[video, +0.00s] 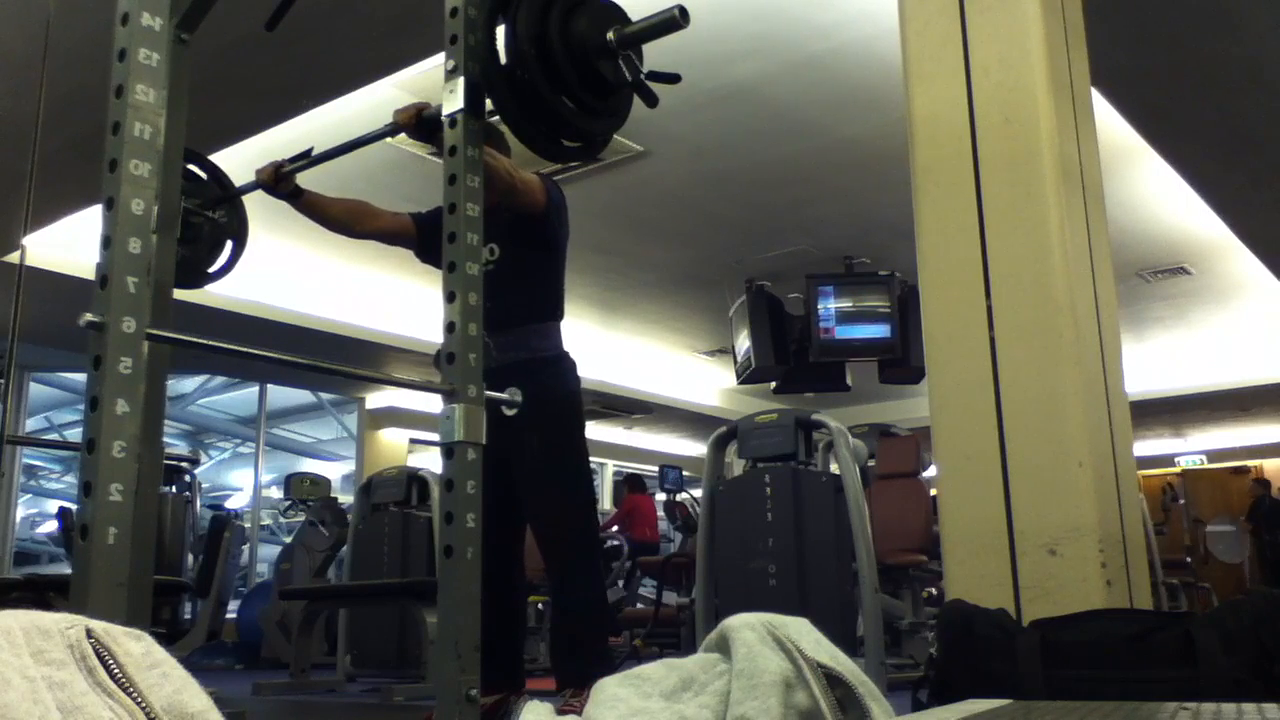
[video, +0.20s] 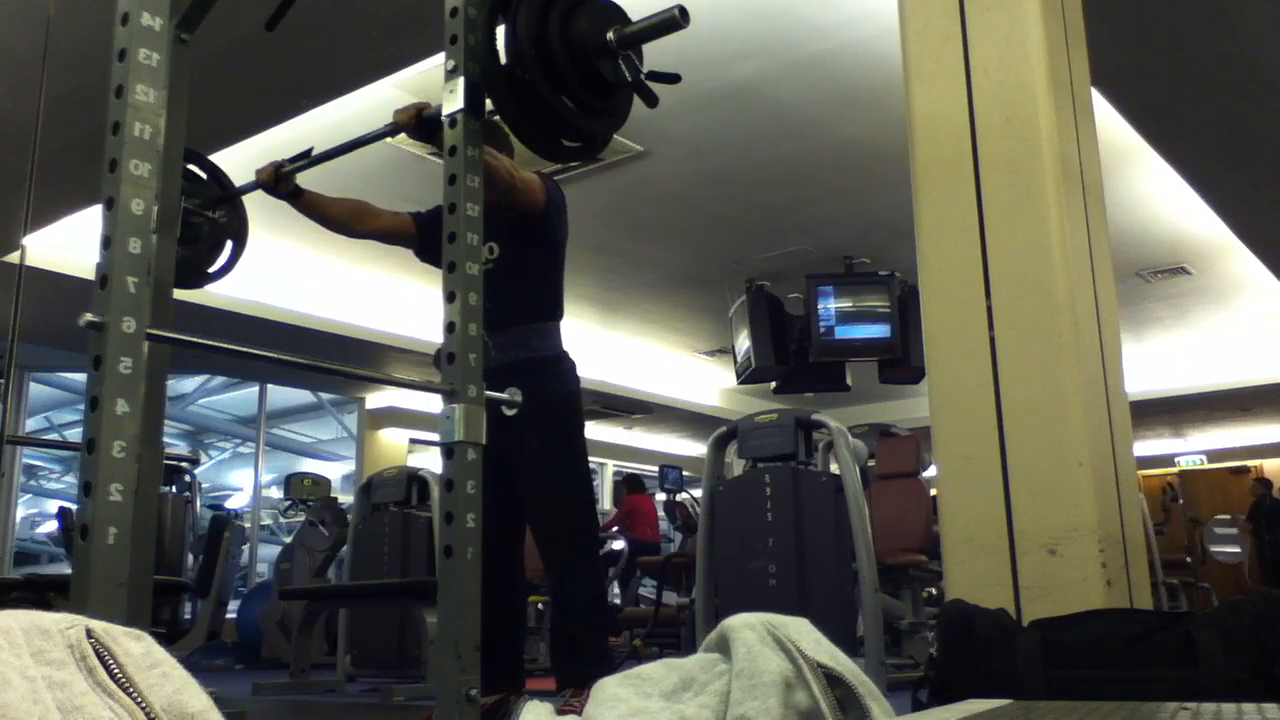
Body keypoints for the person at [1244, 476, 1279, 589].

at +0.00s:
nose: (1250, 489)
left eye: (1253, 486)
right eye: (1251, 485)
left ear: (1260, 488)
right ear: (1266, 488)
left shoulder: (1257, 503)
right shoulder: (1275, 502)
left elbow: (1248, 526)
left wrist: (1241, 523)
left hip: (1262, 545)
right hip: (1276, 544)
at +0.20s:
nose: (1251, 488)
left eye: (1254, 485)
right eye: (1252, 485)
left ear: (1261, 488)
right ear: (1267, 489)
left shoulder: (1258, 503)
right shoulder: (1276, 502)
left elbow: (1247, 527)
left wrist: (1237, 521)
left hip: (1263, 547)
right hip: (1276, 545)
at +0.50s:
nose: (1255, 487)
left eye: (1259, 485)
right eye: (1256, 484)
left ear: (1266, 489)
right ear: (1268, 489)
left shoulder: (1264, 505)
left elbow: (1255, 524)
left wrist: (1240, 522)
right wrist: (1244, 520)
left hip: (1268, 550)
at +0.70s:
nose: (1260, 489)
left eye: (1263, 486)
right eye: (1260, 486)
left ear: (1272, 488)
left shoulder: (1272, 502)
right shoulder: (1268, 501)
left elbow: (1262, 523)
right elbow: (1261, 519)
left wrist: (1244, 523)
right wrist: (1247, 519)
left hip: (1272, 544)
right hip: (1270, 543)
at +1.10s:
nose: (1268, 489)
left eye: (1271, 486)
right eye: (1268, 486)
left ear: (1277, 487)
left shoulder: (1277, 503)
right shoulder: (1274, 503)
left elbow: (1272, 520)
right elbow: (1270, 519)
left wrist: (1252, 519)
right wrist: (1252, 518)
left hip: (1275, 547)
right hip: (1272, 545)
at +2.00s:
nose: (1267, 497)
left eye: (1268, 493)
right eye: (1265, 494)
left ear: (1274, 492)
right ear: (1264, 494)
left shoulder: (1276, 506)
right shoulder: (1273, 506)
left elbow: (1272, 519)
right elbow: (1270, 519)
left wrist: (1250, 516)